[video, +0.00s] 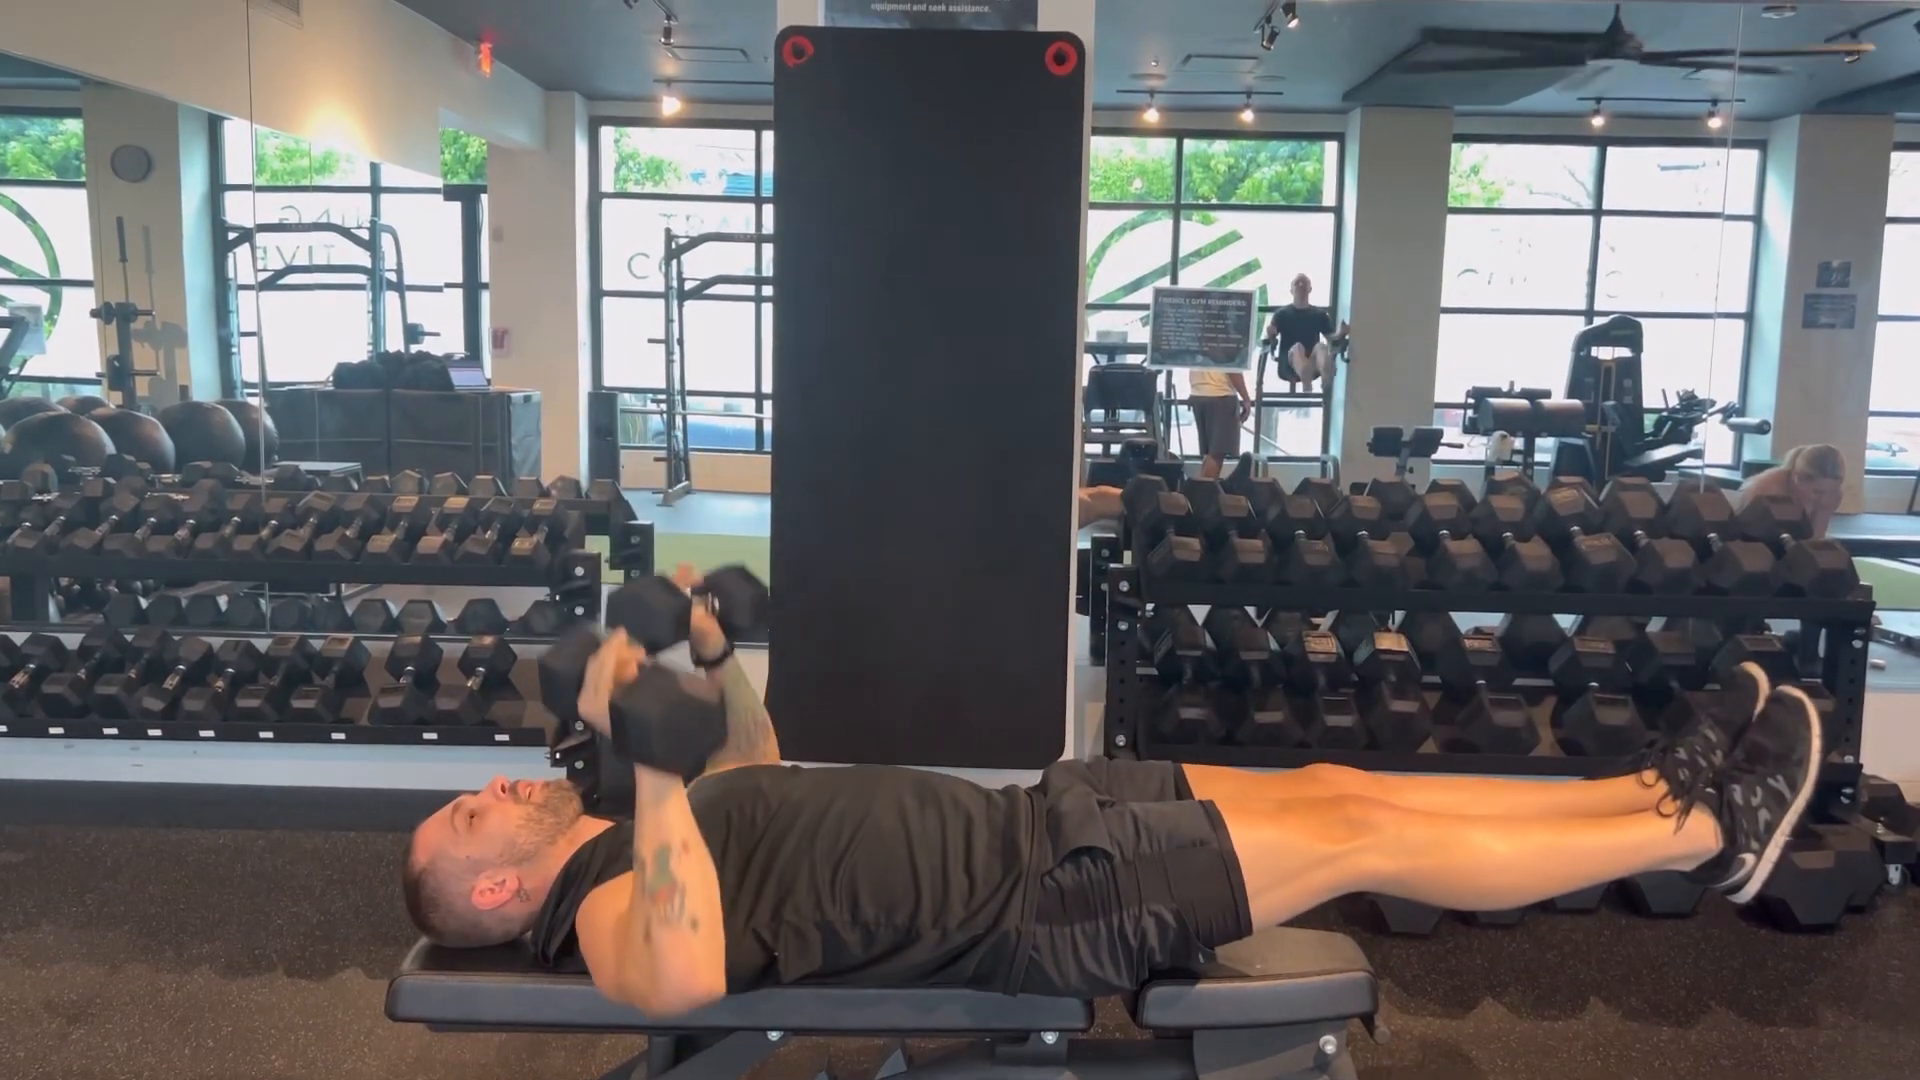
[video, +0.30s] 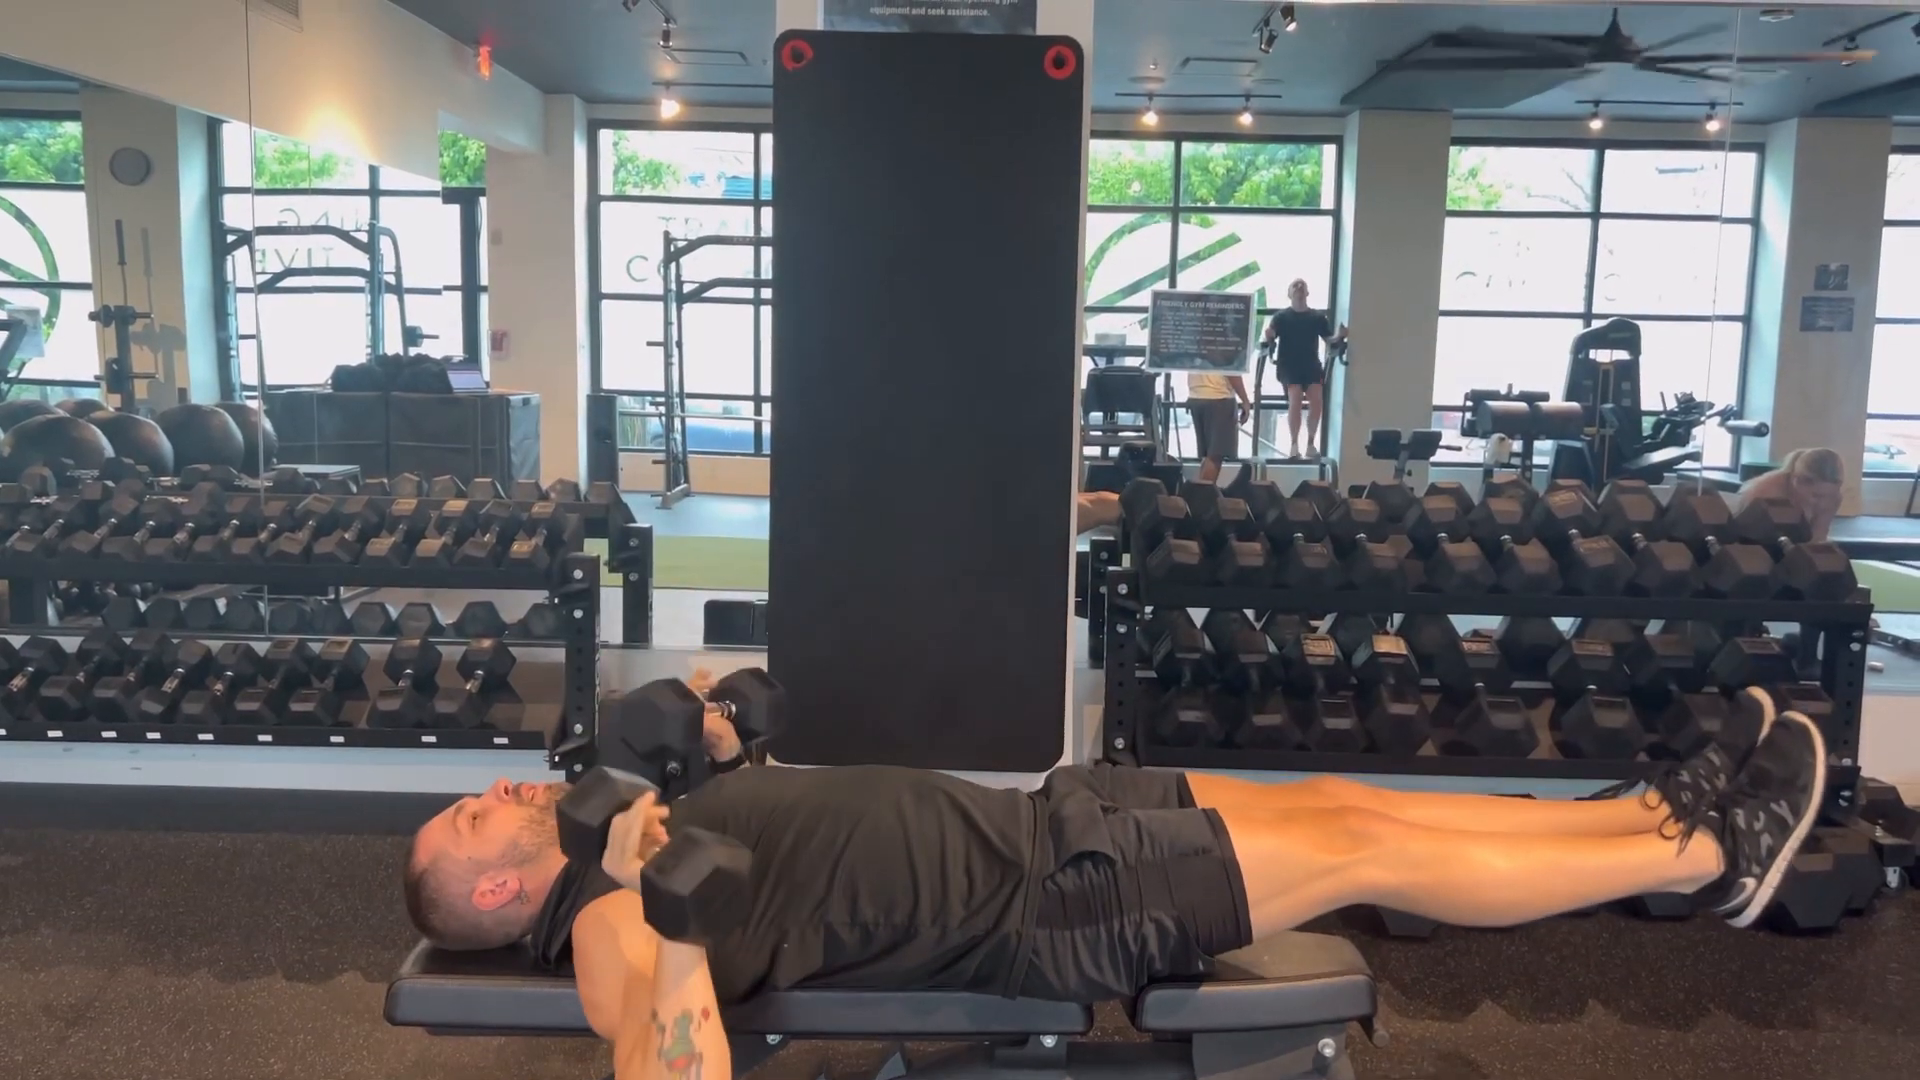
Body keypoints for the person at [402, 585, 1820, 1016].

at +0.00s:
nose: (511, 795)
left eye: (490, 799)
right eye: (483, 824)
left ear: (530, 816)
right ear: (490, 896)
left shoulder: (620, 820)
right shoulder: (594, 918)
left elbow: (651, 690)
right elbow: (677, 987)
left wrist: (628, 674)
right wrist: (652, 793)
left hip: (1046, 802)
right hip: (1040, 889)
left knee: (1341, 785)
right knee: (1362, 829)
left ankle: (1657, 809)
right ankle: (1698, 836)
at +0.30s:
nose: (496, 803)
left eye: (474, 814)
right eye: (478, 840)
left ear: (521, 836)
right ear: (513, 910)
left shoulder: (621, 820)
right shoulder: (653, 930)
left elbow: (717, 739)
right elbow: (643, 1036)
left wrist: (684, 748)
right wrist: (623, 890)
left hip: (1049, 810)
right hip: (1066, 899)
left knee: (1347, 796)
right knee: (1368, 854)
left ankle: (1660, 816)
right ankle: (1693, 857)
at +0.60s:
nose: (517, 798)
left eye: (493, 805)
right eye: (487, 832)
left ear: (528, 819)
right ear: (494, 897)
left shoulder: (623, 826)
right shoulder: (605, 919)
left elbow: (737, 751)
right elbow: (689, 984)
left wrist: (664, 662)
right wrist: (663, 783)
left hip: (1039, 824)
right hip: (1041, 898)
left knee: (1354, 815)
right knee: (1365, 848)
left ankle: (1669, 828)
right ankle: (1699, 865)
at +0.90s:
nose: (503, 805)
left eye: (481, 809)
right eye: (483, 841)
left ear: (535, 835)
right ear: (520, 911)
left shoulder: (651, 836)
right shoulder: (630, 913)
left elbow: (709, 686)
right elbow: (631, 706)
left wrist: (679, 511)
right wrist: (616, 517)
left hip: (1050, 809)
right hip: (1051, 888)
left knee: (1346, 780)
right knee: (1368, 842)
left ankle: (1675, 790)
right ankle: (1701, 831)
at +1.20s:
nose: (490, 794)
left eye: (474, 808)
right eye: (474, 833)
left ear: (524, 832)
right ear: (507, 893)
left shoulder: (636, 828)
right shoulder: (625, 907)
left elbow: (686, 646)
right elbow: (628, 690)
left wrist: (634, 472)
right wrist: (620, 504)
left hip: (1005, 821)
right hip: (1032, 889)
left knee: (1249, 631)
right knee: (1259, 650)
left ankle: (1504, 446)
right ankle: (1543, 454)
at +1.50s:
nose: (481, 790)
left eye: (453, 801)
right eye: (457, 819)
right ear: (489, 893)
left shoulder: (628, 841)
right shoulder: (611, 897)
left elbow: (685, 630)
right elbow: (621, 697)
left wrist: (651, 475)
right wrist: (599, 494)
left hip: (964, 839)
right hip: (991, 888)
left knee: (1016, 547)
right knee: (1013, 550)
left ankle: (1061, 206)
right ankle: (1064, 201)